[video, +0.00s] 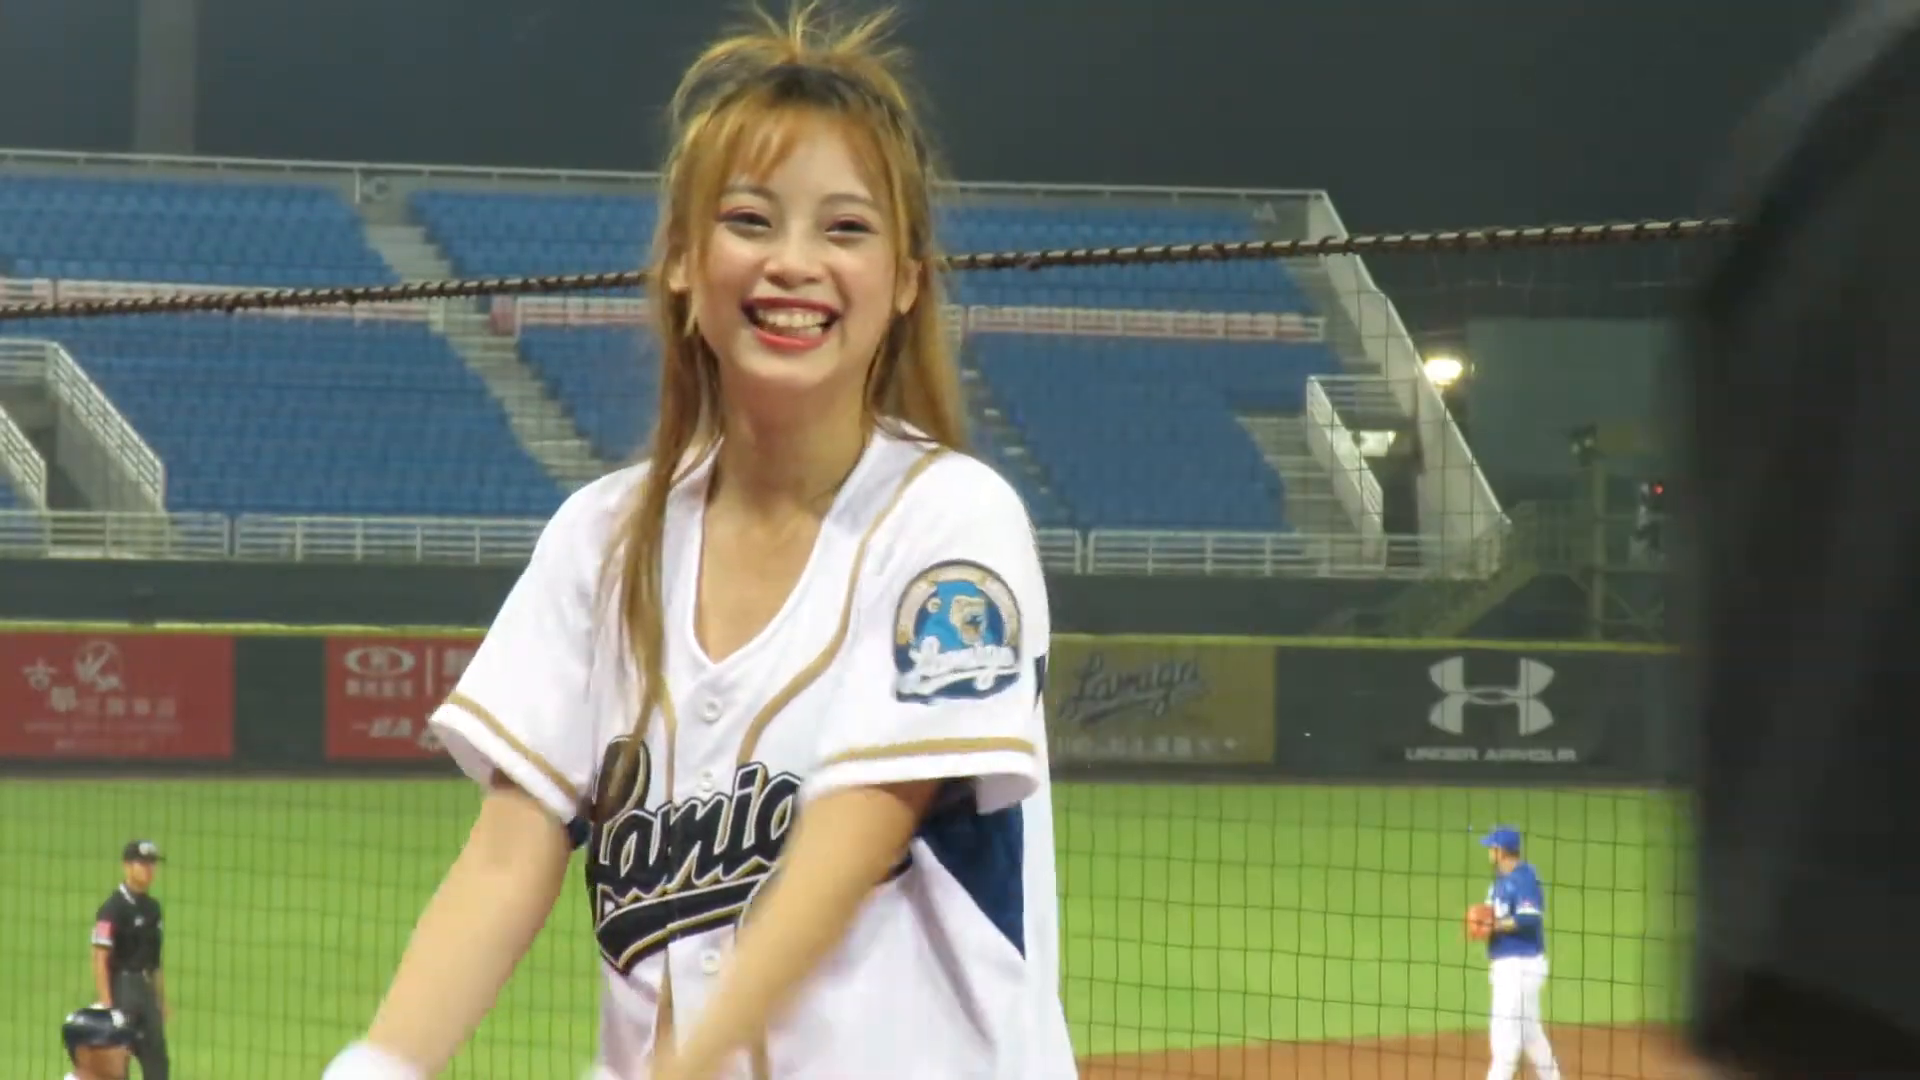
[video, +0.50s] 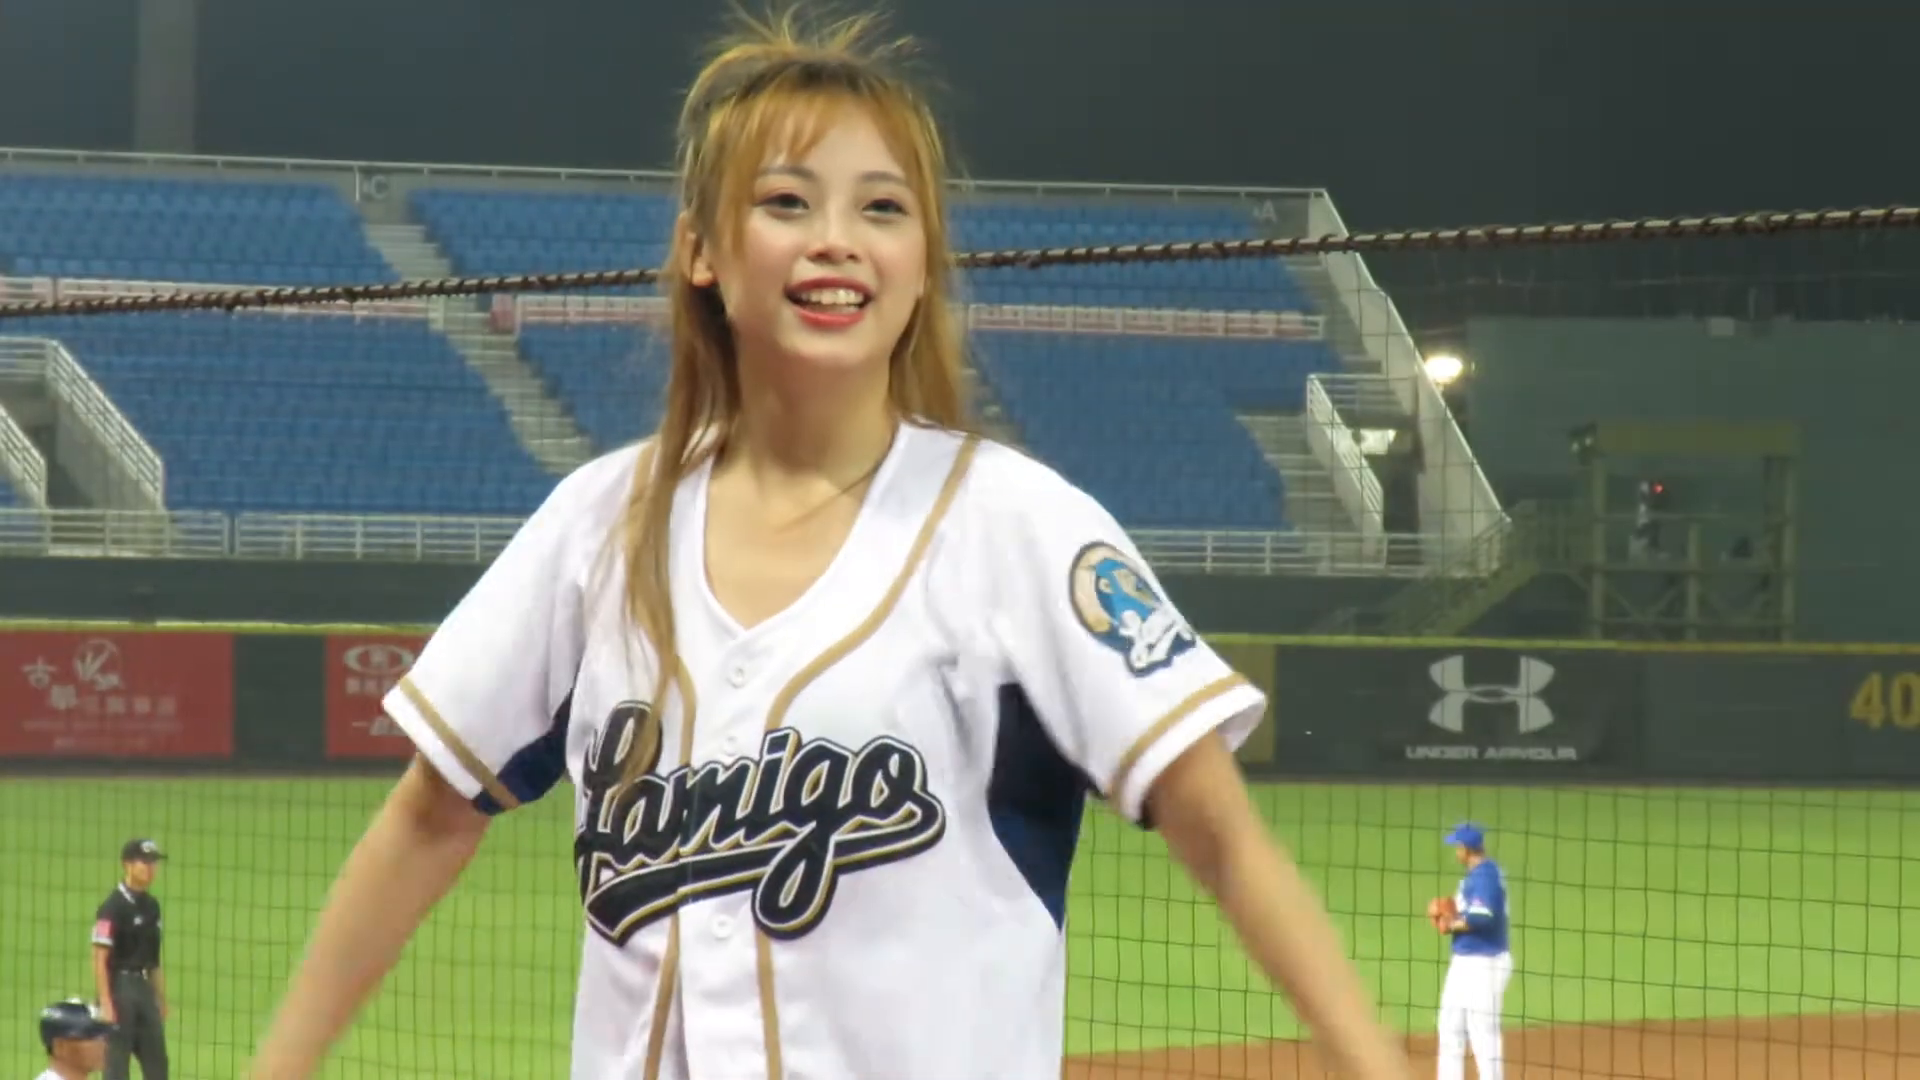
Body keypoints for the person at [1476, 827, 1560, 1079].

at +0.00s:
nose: (1490, 854)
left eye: (1493, 849)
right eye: (1490, 849)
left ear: (1503, 851)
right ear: (1505, 851)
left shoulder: (1524, 876)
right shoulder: (1500, 880)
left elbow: (1529, 917)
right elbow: (1494, 909)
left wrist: (1495, 925)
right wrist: (1482, 920)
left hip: (1522, 962)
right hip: (1505, 961)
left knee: (1505, 1029)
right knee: (1528, 1029)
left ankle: (1500, 1073)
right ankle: (1550, 1073)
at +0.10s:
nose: (1480, 852)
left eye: (1484, 847)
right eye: (1481, 847)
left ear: (1495, 849)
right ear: (1493, 849)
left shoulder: (1515, 875)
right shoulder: (1490, 879)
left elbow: (1518, 920)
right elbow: (1485, 909)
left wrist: (1484, 926)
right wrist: (1473, 916)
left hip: (1515, 961)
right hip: (1494, 961)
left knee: (1500, 1026)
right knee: (1507, 1028)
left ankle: (1498, 1074)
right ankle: (1543, 1075)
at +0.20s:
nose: (1472, 853)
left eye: (1475, 847)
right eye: (1472, 847)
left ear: (1486, 849)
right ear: (1488, 849)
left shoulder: (1505, 876)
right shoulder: (1483, 880)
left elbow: (1506, 922)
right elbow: (1484, 915)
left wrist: (1472, 925)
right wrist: (1467, 918)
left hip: (1509, 961)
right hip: (1485, 959)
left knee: (1498, 1024)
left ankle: (1498, 1074)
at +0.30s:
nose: (1468, 852)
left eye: (1470, 847)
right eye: (1469, 847)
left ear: (1479, 849)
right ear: (1486, 848)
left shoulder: (1498, 876)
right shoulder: (1481, 876)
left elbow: (1498, 919)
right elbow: (1480, 910)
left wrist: (1465, 924)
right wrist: (1461, 912)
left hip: (1500, 959)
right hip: (1481, 958)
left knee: (1492, 1020)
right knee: (1468, 1019)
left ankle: (1498, 1073)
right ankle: (1500, 1072)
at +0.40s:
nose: (1462, 852)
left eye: (1464, 847)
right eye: (1462, 847)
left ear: (1473, 849)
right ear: (1480, 848)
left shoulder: (1492, 874)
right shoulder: (1476, 876)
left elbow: (1492, 917)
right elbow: (1473, 910)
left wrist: (1461, 923)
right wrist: (1456, 913)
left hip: (1493, 959)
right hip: (1473, 958)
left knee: (1486, 1024)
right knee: (1458, 1020)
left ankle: (1489, 1074)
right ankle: (1474, 1074)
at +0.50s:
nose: (1456, 853)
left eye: (1458, 848)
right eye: (1456, 848)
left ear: (1469, 848)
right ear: (1472, 848)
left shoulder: (1485, 874)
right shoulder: (1471, 876)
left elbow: (1484, 916)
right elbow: (1466, 908)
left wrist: (1453, 924)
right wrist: (1447, 911)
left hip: (1487, 961)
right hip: (1464, 959)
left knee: (1483, 1029)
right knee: (1450, 1027)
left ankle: (1491, 1075)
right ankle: (1449, 1075)